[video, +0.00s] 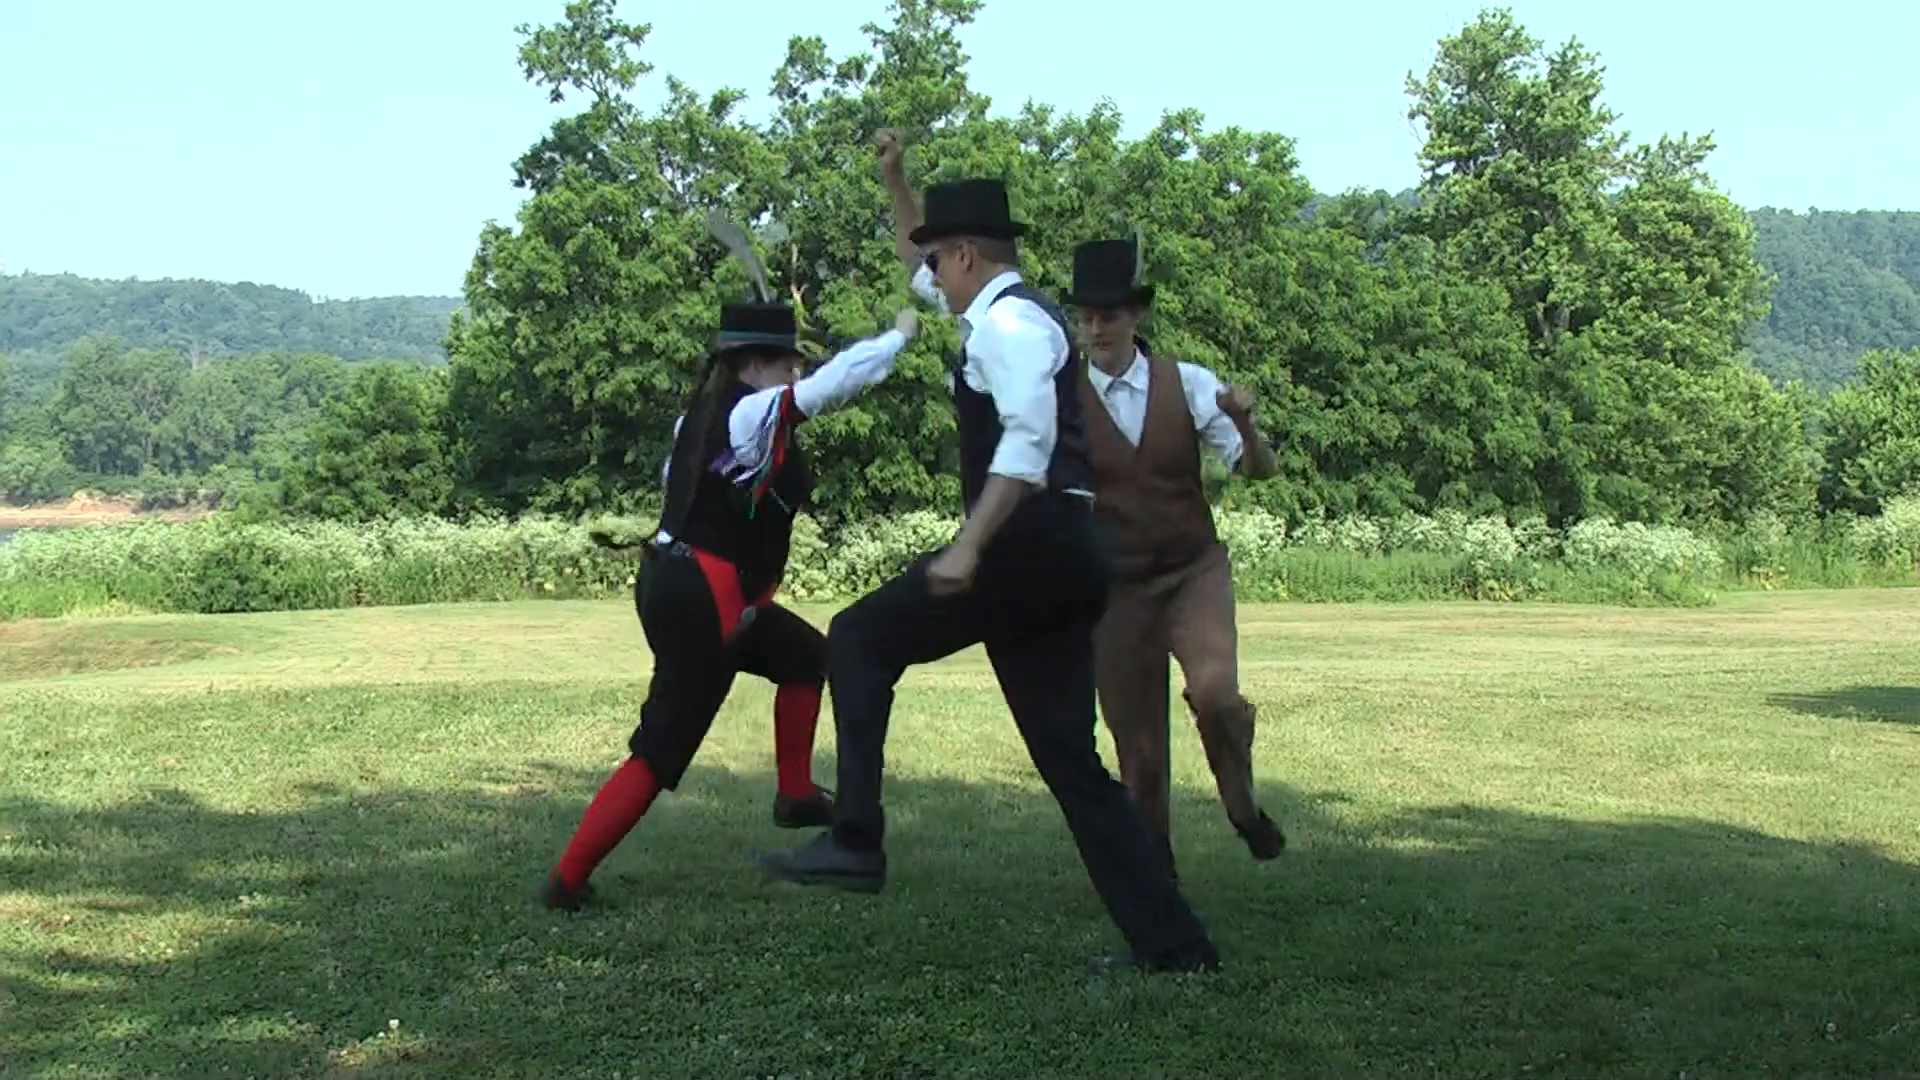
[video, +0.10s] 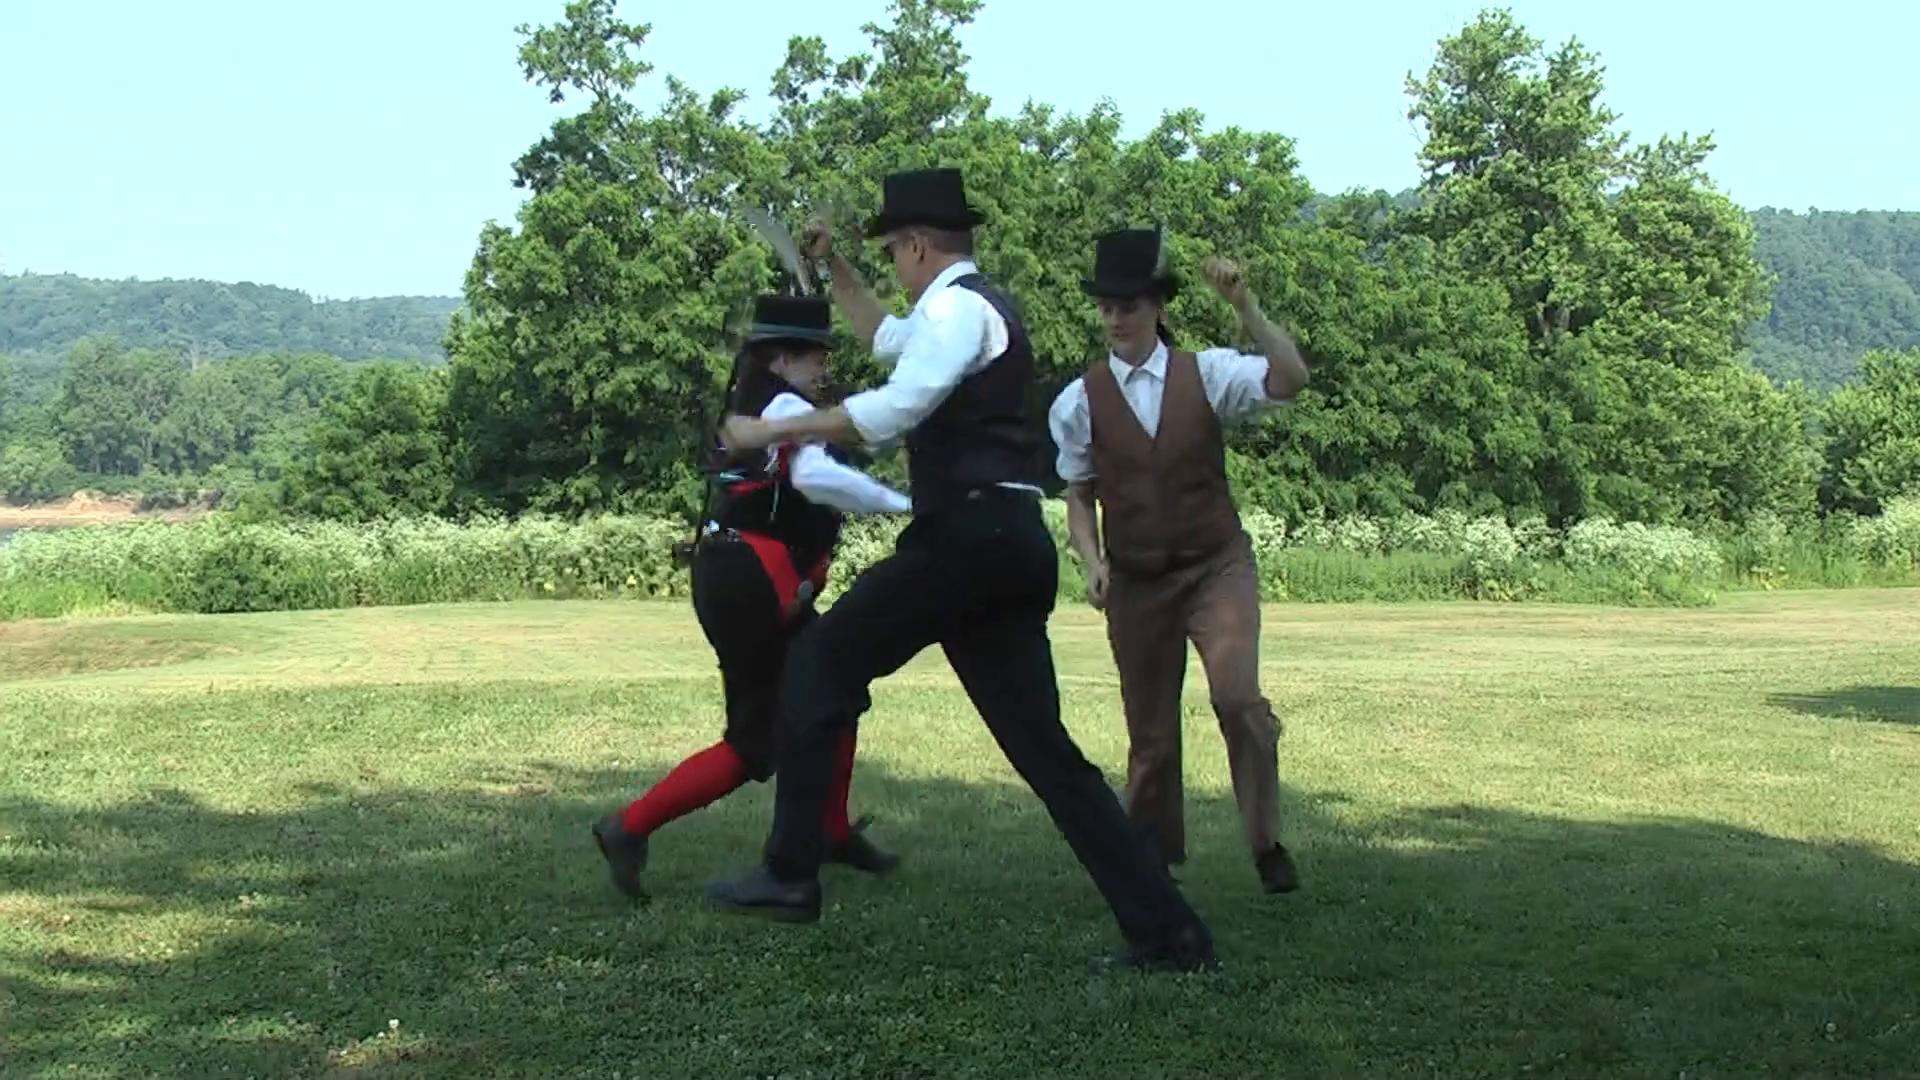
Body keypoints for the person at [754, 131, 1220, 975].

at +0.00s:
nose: (933, 269)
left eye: (936, 255)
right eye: (932, 259)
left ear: (969, 255)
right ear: (979, 253)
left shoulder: (1008, 322)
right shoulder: (1004, 311)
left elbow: (1028, 438)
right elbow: (923, 261)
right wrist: (895, 181)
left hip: (1024, 538)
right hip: (1055, 545)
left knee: (861, 635)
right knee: (1069, 759)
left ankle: (852, 840)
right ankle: (1172, 943)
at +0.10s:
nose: (890, 263)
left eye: (892, 248)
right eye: (887, 251)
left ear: (920, 244)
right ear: (951, 244)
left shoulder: (952, 306)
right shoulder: (981, 306)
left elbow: (900, 406)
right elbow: (883, 332)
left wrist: (773, 430)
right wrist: (831, 264)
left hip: (964, 537)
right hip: (1010, 541)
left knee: (821, 659)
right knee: (1042, 747)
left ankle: (789, 874)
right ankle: (1167, 930)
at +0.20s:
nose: (838, 263)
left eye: (842, 249)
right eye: (839, 250)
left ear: (863, 248)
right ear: (909, 246)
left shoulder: (890, 309)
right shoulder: (949, 313)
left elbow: (751, 335)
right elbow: (885, 421)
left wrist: (671, 277)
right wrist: (787, 409)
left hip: (889, 541)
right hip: (949, 542)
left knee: (797, 724)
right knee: (958, 749)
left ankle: (775, 935)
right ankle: (1123, 892)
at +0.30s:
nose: (791, 266)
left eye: (792, 255)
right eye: (794, 255)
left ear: (804, 257)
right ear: (871, 257)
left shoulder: (796, 322)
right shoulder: (912, 348)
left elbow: (672, 265)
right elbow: (925, 467)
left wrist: (634, 176)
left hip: (830, 551)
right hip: (904, 553)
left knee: (768, 736)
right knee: (854, 756)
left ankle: (772, 933)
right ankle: (1029, 838)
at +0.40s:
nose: (753, 239)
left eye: (755, 230)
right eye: (763, 230)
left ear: (761, 236)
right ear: (825, 234)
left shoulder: (744, 298)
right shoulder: (878, 327)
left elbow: (644, 217)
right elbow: (926, 455)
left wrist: (629, 116)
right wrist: (897, 556)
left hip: (783, 525)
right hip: (865, 531)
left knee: (749, 729)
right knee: (782, 699)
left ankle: (769, 928)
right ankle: (902, 787)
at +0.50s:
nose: (731, 203)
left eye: (732, 194)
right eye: (746, 193)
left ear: (734, 201)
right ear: (802, 199)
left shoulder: (712, 264)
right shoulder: (853, 291)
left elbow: (630, 173)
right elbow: (911, 410)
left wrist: (627, 79)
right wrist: (899, 519)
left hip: (736, 496)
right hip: (828, 499)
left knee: (727, 690)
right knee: (756, 619)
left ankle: (751, 903)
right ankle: (809, 744)